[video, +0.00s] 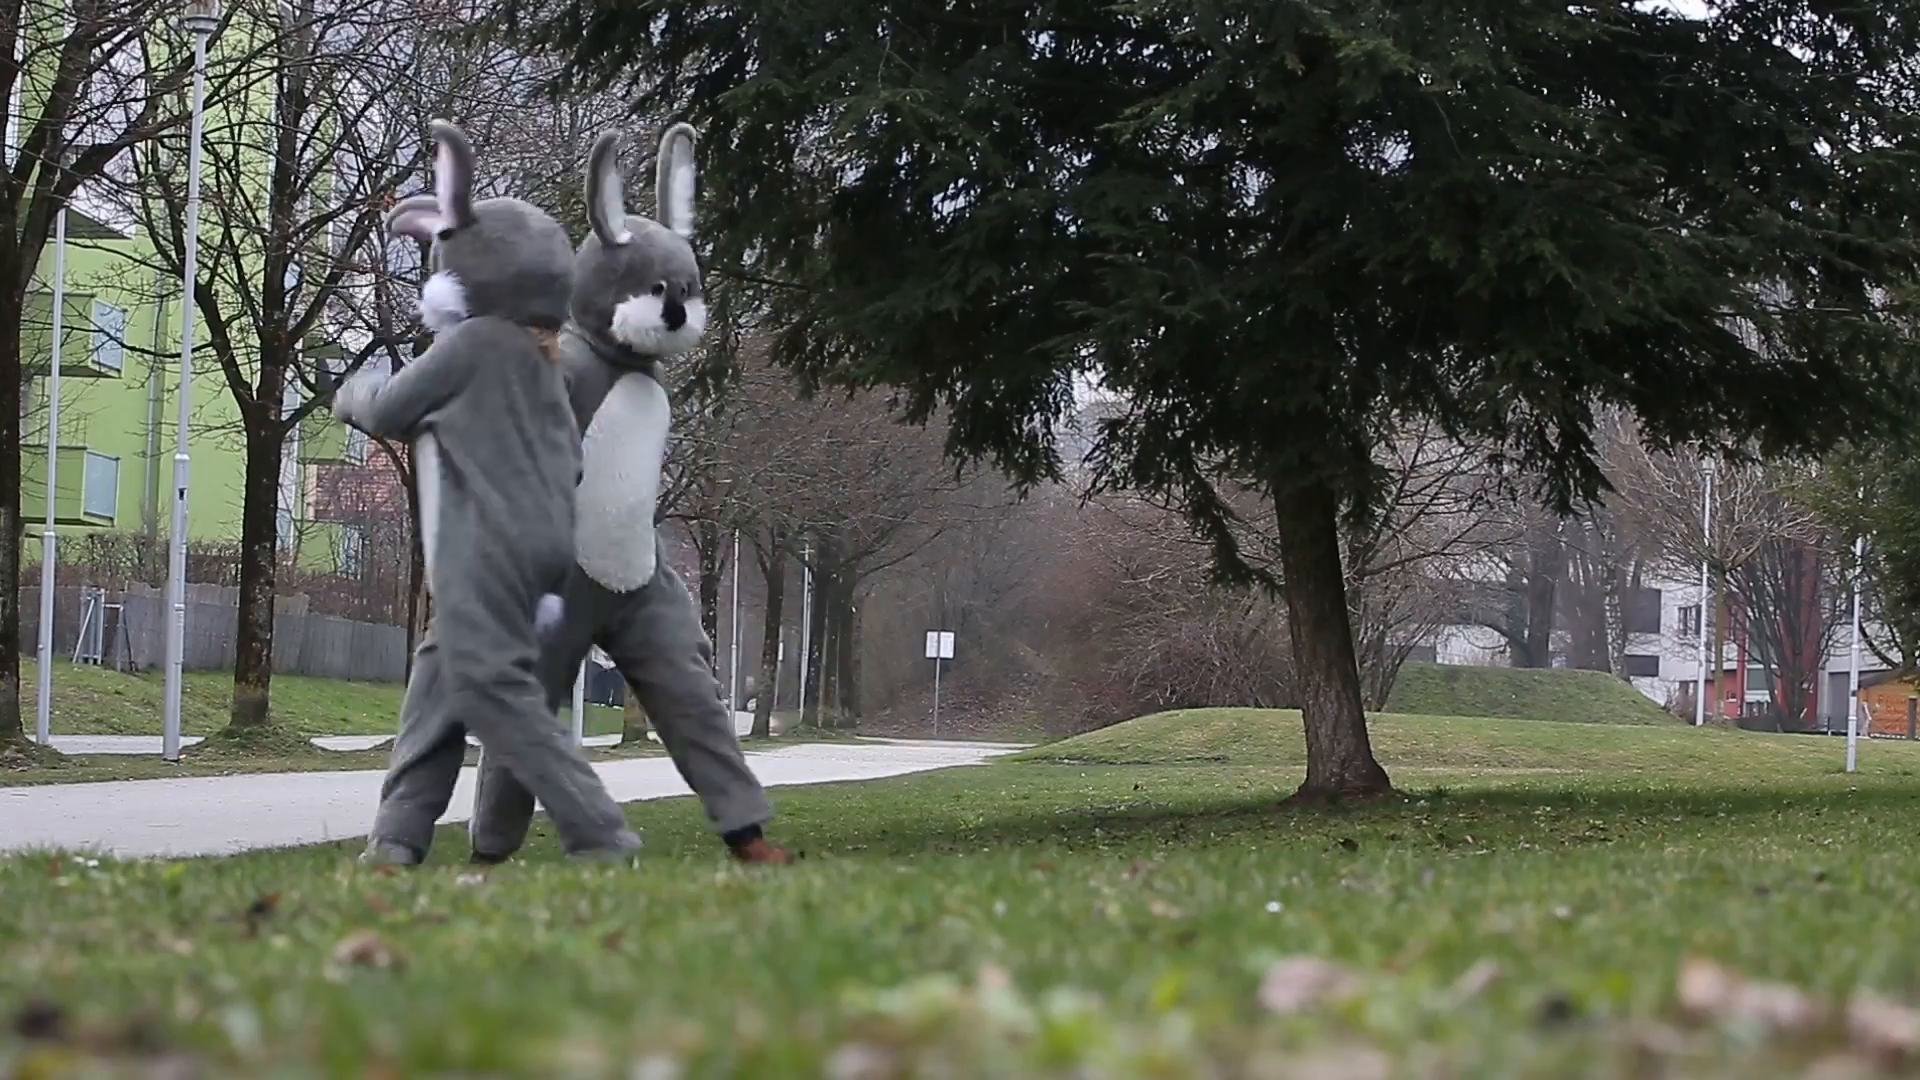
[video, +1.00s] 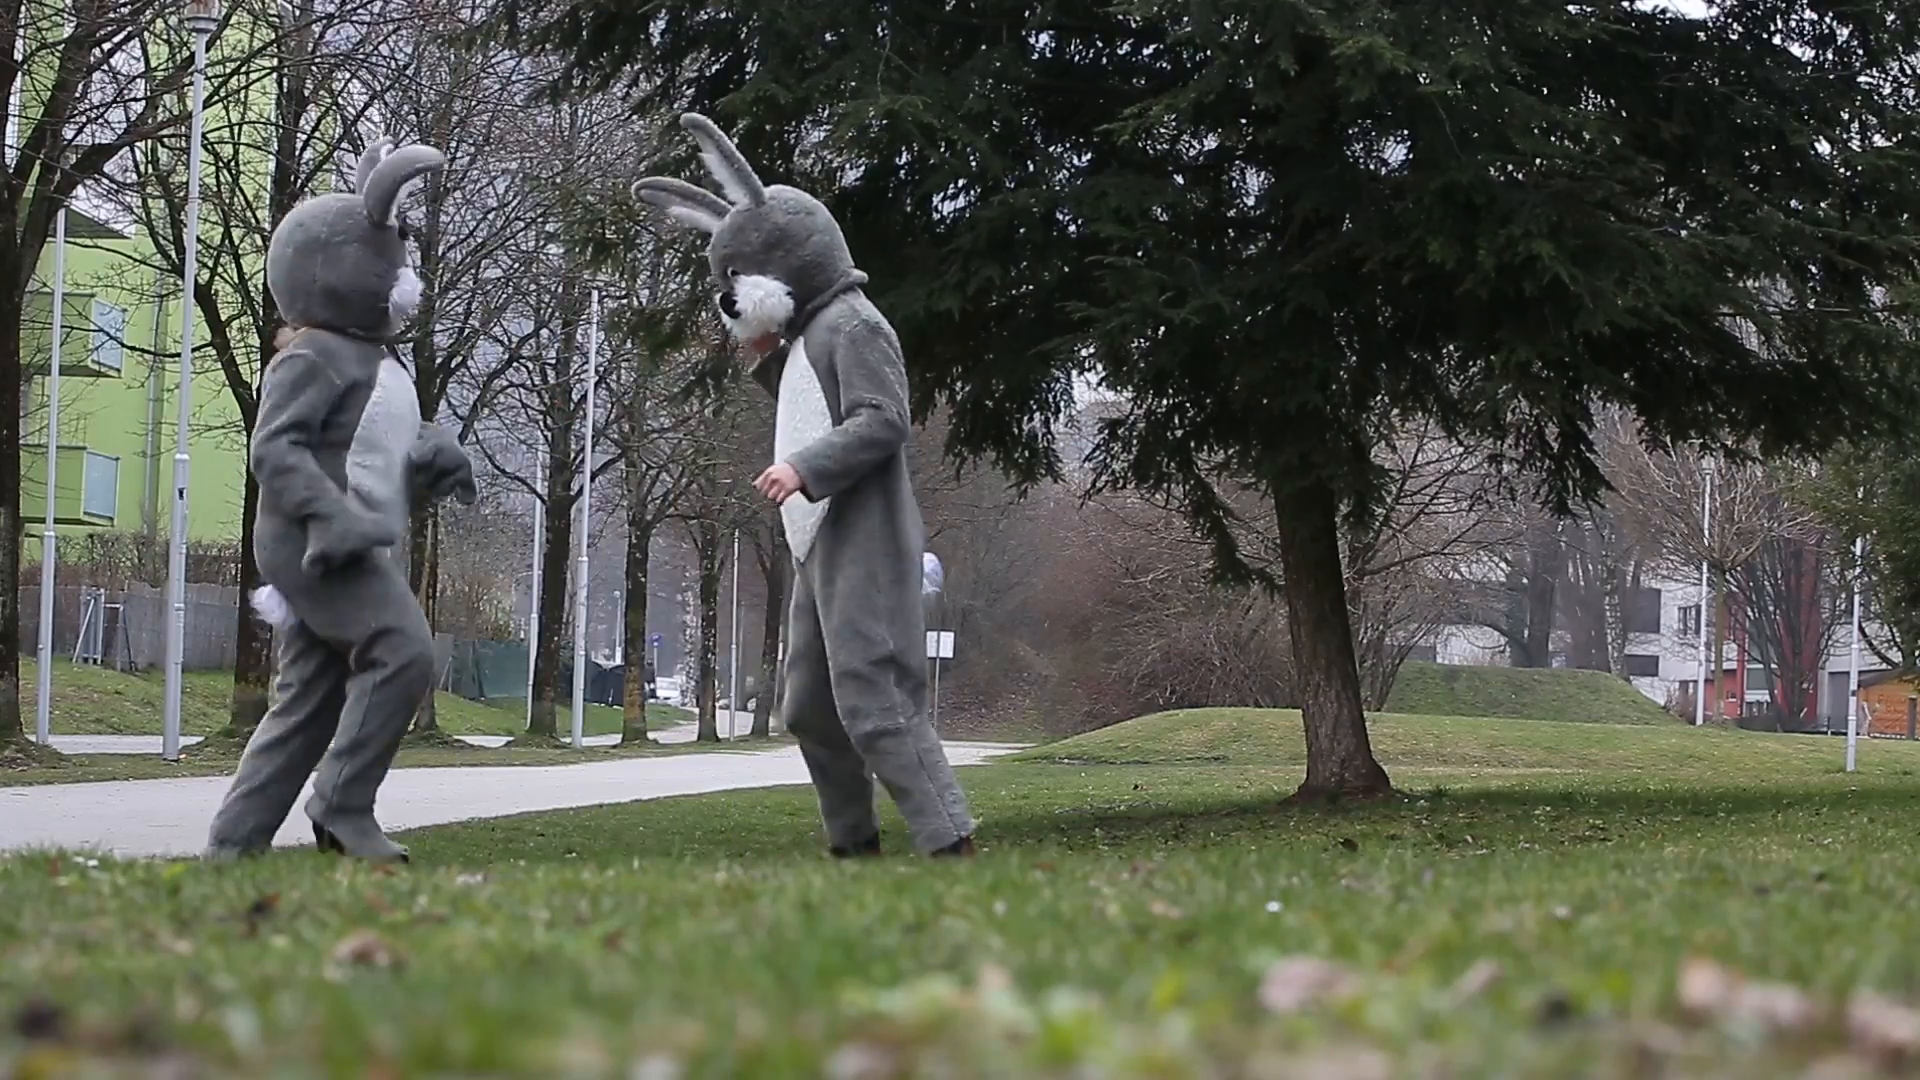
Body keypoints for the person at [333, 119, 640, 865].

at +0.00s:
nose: (441, 278)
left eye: (452, 265)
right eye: (444, 264)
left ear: (480, 277)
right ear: (540, 284)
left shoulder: (473, 343)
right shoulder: (549, 363)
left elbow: (389, 410)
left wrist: (356, 387)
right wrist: (416, 384)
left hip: (484, 541)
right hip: (546, 541)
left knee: (491, 690)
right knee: (439, 682)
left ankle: (602, 840)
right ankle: (399, 840)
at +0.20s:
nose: (366, 279)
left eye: (374, 264)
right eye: (371, 264)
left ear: (393, 271)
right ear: (483, 281)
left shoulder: (382, 339)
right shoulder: (497, 362)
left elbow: (356, 415)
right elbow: (528, 460)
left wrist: (317, 496)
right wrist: (477, 495)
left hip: (392, 533)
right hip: (481, 541)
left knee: (315, 661)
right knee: (436, 702)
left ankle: (398, 744)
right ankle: (407, 844)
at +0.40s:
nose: (464, 263)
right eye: (458, 252)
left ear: (350, 250)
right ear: (441, 260)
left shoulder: (320, 316)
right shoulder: (453, 340)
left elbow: (248, 363)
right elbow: (503, 437)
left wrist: (276, 437)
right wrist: (481, 472)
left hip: (303, 516)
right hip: (399, 529)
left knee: (294, 669)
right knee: (382, 682)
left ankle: (248, 823)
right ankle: (319, 836)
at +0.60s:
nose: (415, 347)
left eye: (417, 332)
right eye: (411, 330)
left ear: (314, 319)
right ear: (383, 325)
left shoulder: (281, 395)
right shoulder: (364, 396)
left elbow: (238, 478)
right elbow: (393, 500)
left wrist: (305, 513)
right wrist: (470, 483)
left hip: (257, 580)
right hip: (325, 583)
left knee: (294, 737)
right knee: (394, 713)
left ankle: (219, 856)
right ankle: (296, 843)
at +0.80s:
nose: (401, 296)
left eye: (403, 281)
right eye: (393, 279)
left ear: (328, 281)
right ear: (350, 278)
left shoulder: (339, 355)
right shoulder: (315, 348)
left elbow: (374, 426)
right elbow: (307, 435)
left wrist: (426, 445)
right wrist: (397, 472)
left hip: (301, 532)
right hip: (312, 530)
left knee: (286, 693)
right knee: (416, 642)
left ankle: (228, 848)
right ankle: (326, 783)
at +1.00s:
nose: (400, 275)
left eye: (398, 262)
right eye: (383, 262)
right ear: (342, 271)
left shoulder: (379, 363)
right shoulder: (313, 354)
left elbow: (376, 463)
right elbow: (275, 448)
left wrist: (431, 463)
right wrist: (331, 513)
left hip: (354, 545)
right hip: (317, 544)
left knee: (306, 704)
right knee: (403, 653)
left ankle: (232, 846)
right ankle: (342, 807)